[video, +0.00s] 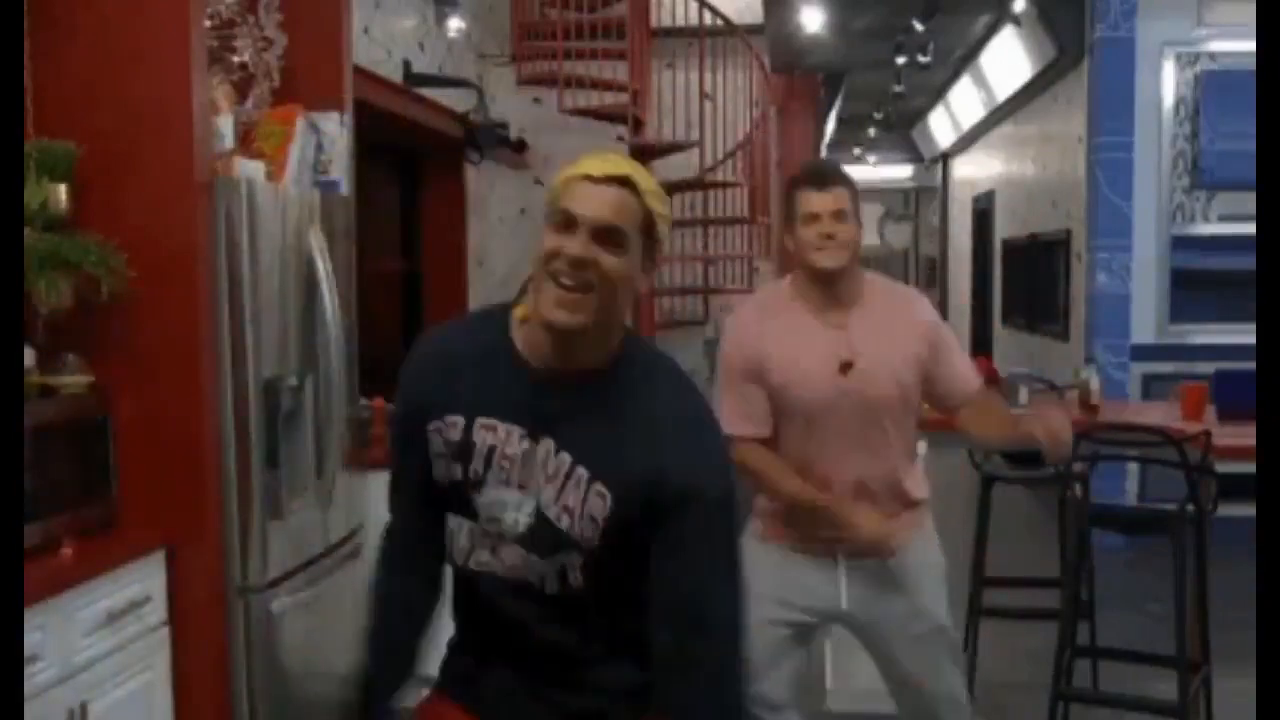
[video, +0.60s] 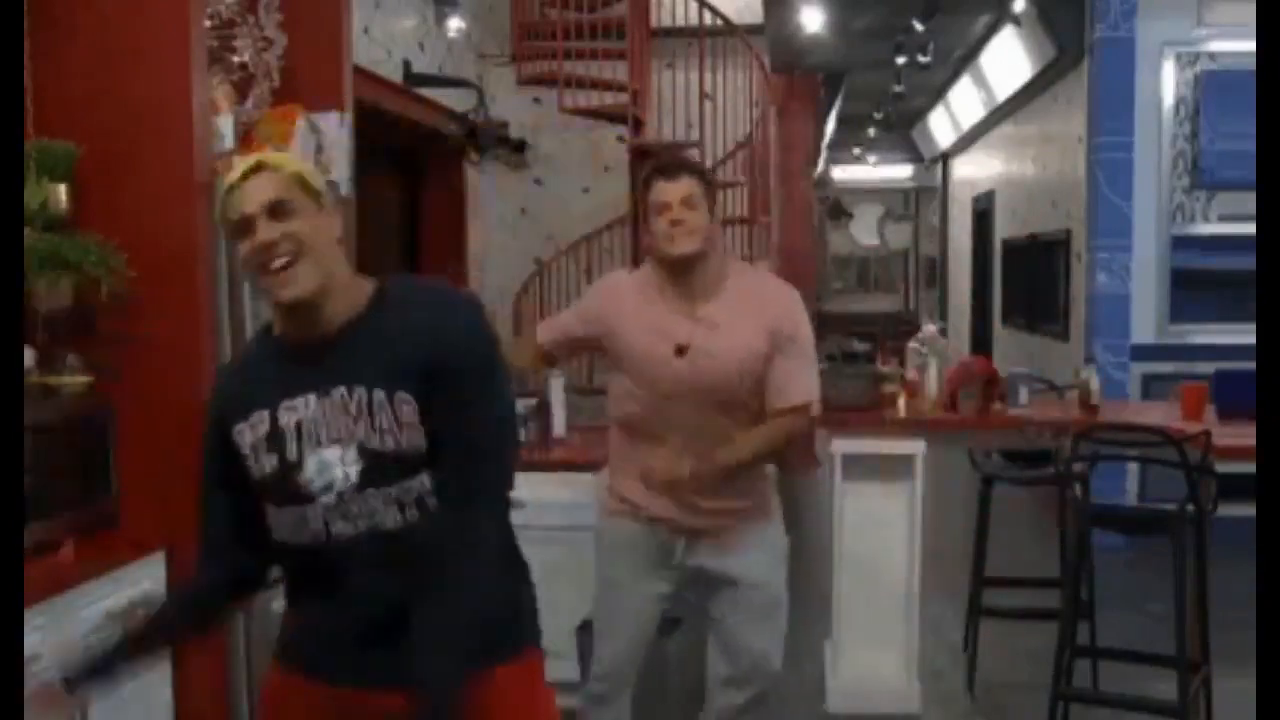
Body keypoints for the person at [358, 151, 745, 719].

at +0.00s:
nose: (574, 252)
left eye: (608, 241)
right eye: (564, 225)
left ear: (643, 272)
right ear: (541, 235)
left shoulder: (676, 430)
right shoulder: (444, 367)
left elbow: (701, 650)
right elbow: (412, 554)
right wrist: (374, 697)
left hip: (618, 699)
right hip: (478, 683)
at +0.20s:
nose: (540, 208)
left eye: (571, 201)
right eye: (531, 180)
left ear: (598, 231)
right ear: (500, 182)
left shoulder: (606, 370)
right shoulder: (397, 286)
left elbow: (554, 582)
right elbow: (320, 391)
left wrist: (356, 601)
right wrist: (152, 397)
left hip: (565, 681)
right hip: (408, 653)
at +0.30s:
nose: (433, 219)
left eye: (462, 209)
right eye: (418, 194)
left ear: (493, 235)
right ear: (389, 203)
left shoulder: (520, 365)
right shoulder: (318, 295)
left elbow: (472, 540)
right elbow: (242, 359)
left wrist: (324, 463)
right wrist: (104, 323)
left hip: (512, 682)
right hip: (364, 673)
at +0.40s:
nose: (374, 213)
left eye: (403, 197)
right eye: (359, 193)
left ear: (447, 224)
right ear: (334, 213)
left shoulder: (492, 363)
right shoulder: (289, 312)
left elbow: (446, 535)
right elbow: (223, 385)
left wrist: (312, 476)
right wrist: (86, 350)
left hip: (489, 675)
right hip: (343, 669)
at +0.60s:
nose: (265, 239)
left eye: (283, 212)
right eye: (245, 229)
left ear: (335, 217)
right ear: (236, 255)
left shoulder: (442, 325)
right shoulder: (240, 391)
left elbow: (476, 515)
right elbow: (234, 566)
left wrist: (440, 685)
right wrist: (101, 663)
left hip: (476, 657)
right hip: (325, 671)